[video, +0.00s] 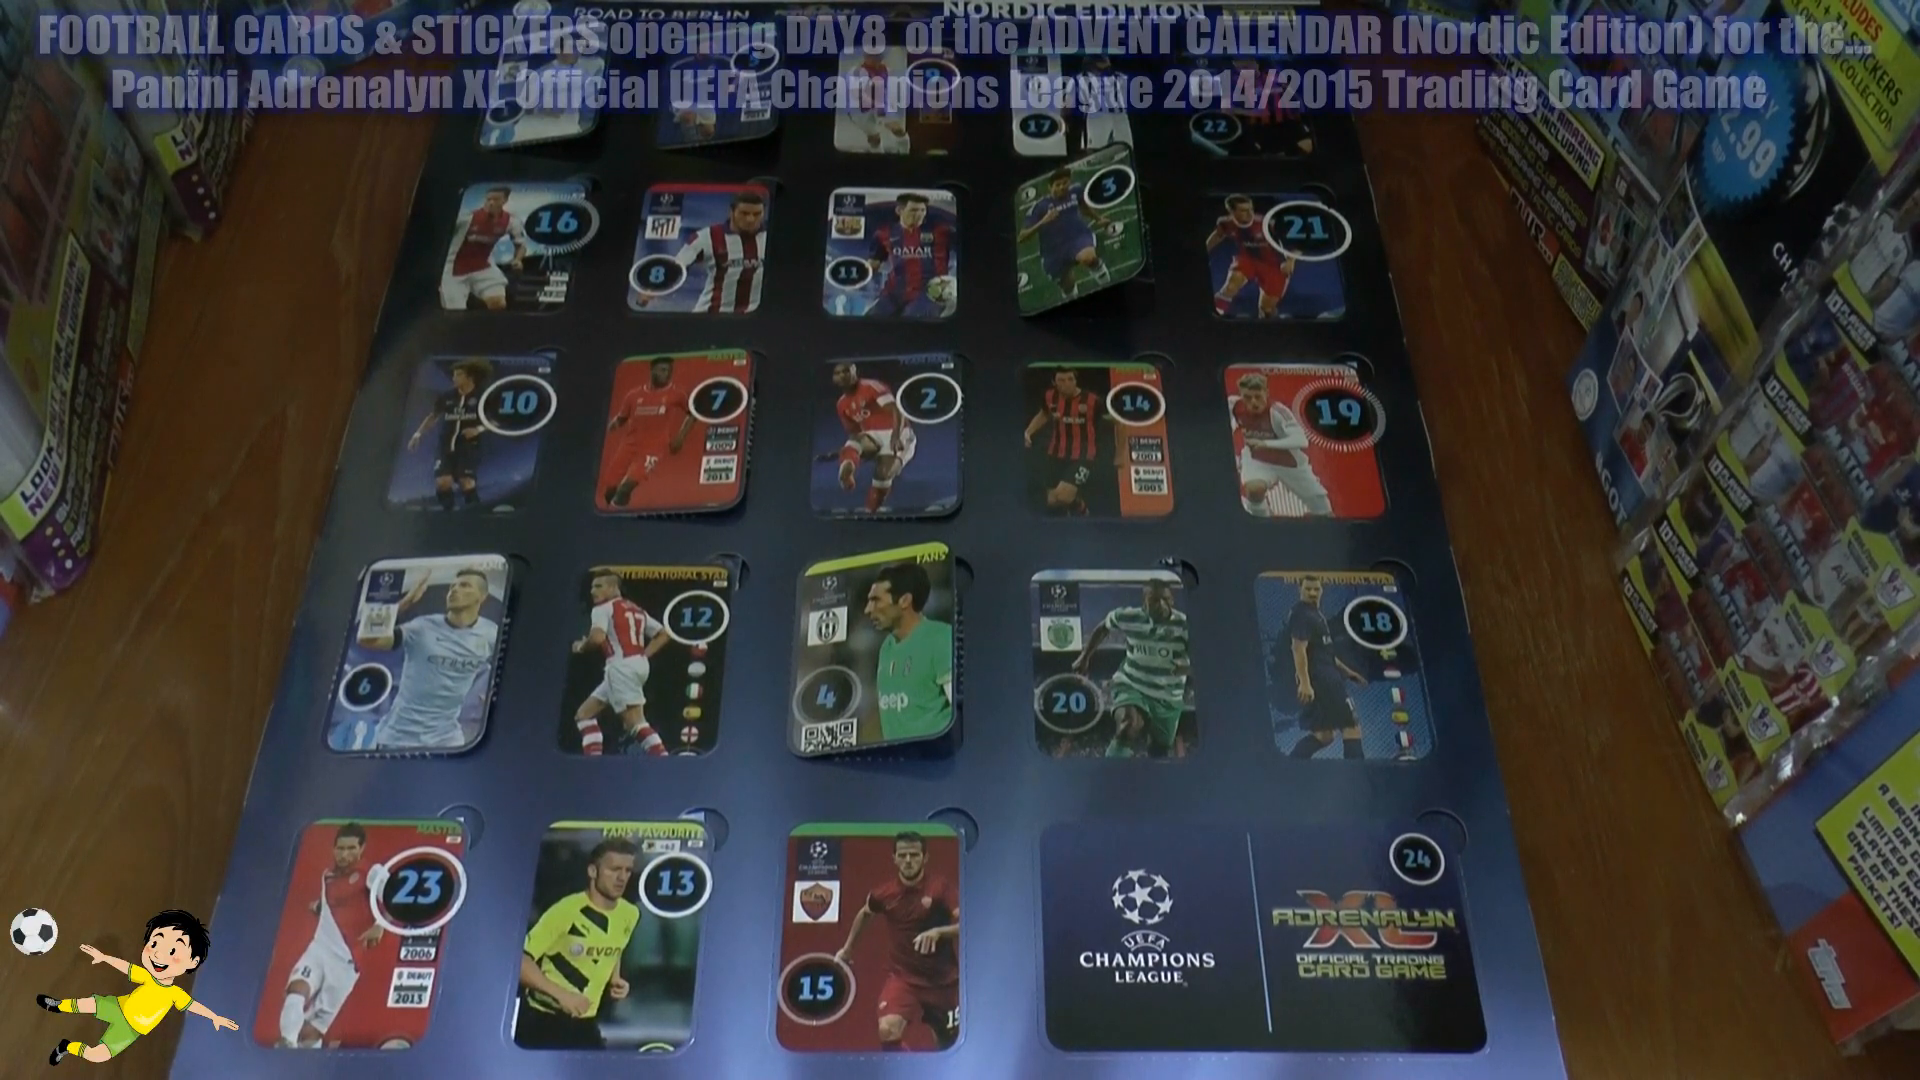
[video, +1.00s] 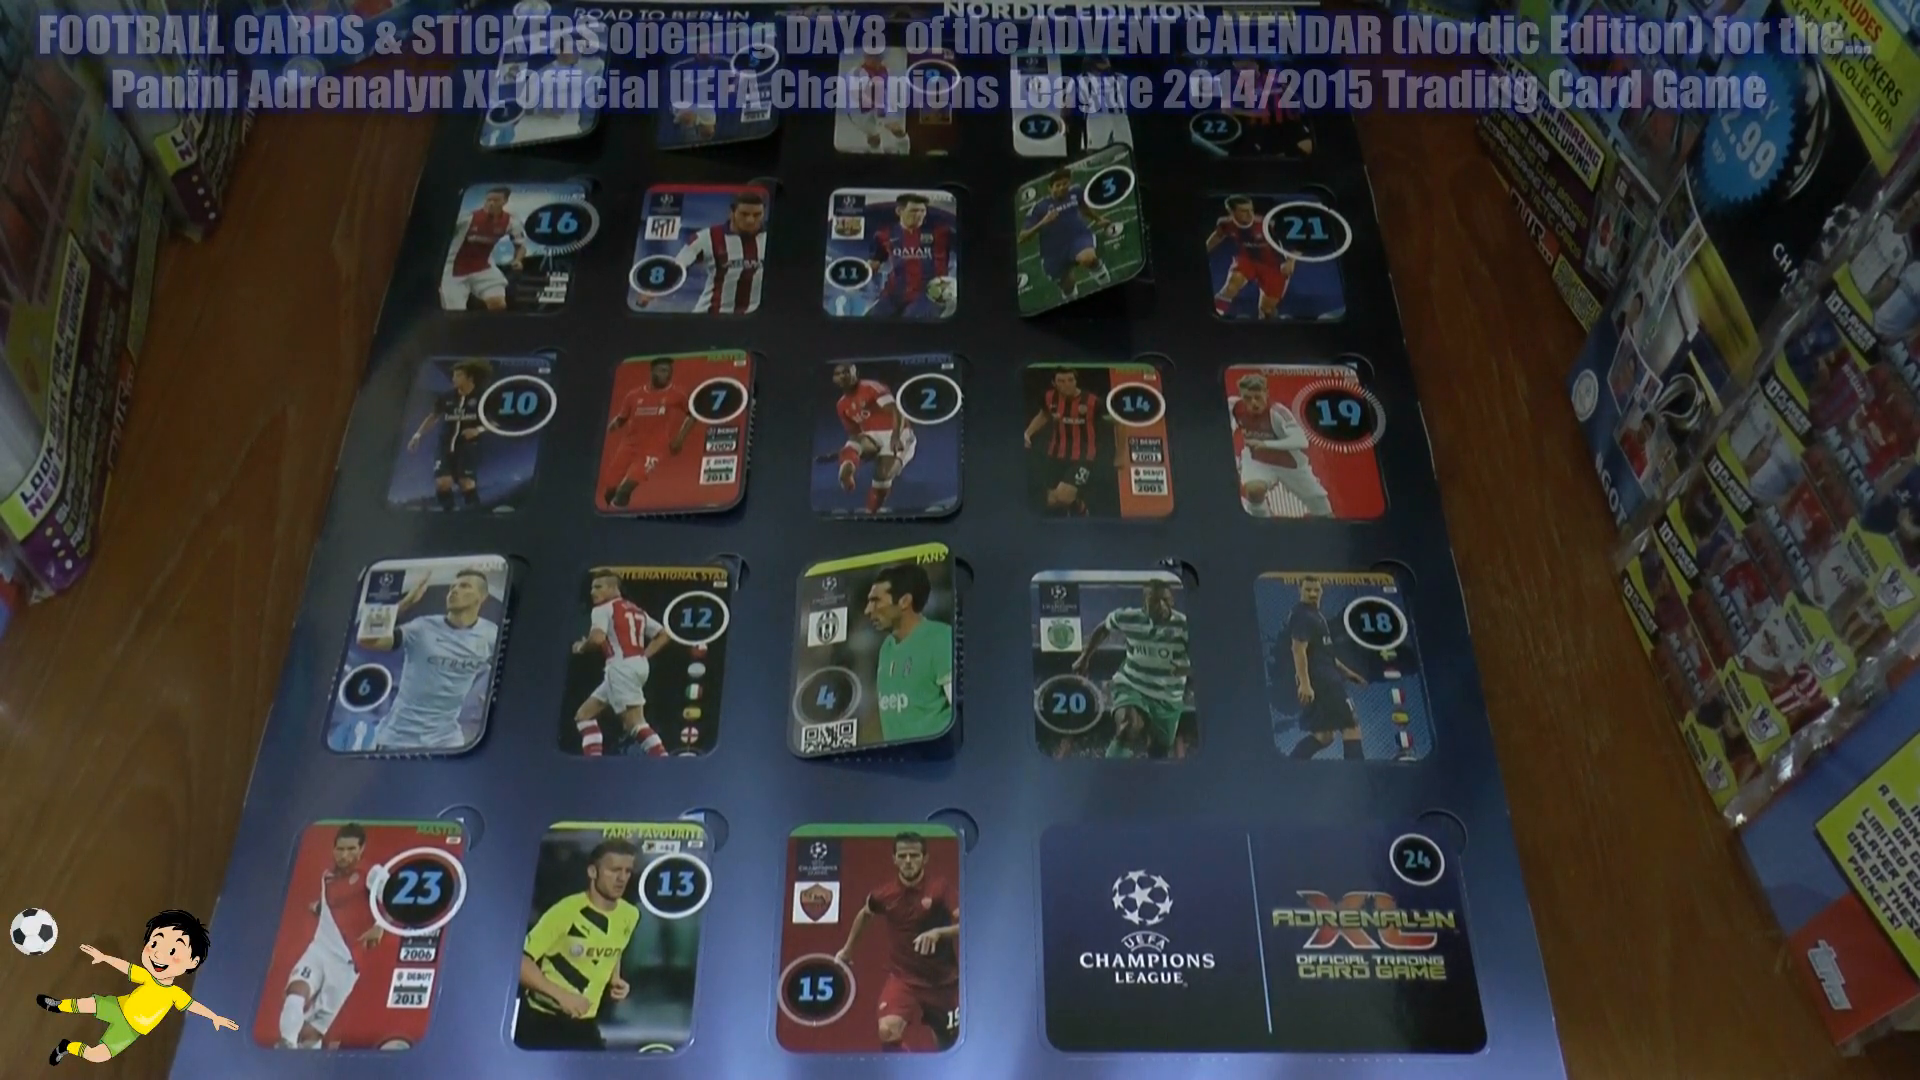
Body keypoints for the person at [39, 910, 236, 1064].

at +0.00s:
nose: (159, 955)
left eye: (172, 952)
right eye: (155, 943)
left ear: (189, 965)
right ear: (146, 946)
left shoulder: (176, 995)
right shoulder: (144, 976)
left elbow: (195, 1007)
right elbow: (124, 966)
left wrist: (214, 1017)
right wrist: (103, 958)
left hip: (131, 1030)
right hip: (119, 1008)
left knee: (99, 1055)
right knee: (88, 1003)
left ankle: (66, 1047)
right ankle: (57, 1006)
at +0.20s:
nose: (159, 955)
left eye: (172, 952)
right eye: (155, 944)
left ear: (189, 965)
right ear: (146, 946)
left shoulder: (176, 995)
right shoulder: (144, 976)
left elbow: (195, 1007)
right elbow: (124, 966)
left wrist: (214, 1017)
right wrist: (103, 958)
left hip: (131, 1030)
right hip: (119, 1008)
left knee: (99, 1055)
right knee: (88, 1003)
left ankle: (66, 1047)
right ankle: (57, 1006)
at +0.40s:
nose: (159, 955)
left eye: (172, 952)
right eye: (155, 944)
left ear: (189, 965)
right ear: (146, 946)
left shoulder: (176, 995)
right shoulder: (144, 976)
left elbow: (195, 1007)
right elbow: (124, 966)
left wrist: (214, 1017)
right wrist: (103, 958)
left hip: (131, 1030)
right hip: (119, 1008)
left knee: (99, 1055)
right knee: (88, 1003)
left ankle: (66, 1047)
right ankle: (57, 1006)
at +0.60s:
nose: (159, 955)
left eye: (172, 952)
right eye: (155, 944)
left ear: (189, 965)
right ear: (146, 946)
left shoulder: (176, 995)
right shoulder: (144, 976)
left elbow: (195, 1007)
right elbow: (124, 966)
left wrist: (214, 1017)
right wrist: (103, 958)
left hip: (131, 1030)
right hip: (119, 1008)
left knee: (99, 1055)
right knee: (88, 1003)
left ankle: (66, 1047)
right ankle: (57, 1006)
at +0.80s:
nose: (159, 956)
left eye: (172, 952)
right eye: (155, 944)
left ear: (189, 965)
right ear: (146, 945)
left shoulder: (176, 995)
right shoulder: (143, 976)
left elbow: (194, 1007)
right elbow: (124, 966)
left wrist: (214, 1017)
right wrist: (103, 958)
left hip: (131, 1030)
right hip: (119, 1008)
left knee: (99, 1055)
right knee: (89, 1003)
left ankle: (66, 1047)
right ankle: (57, 1006)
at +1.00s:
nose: (159, 955)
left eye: (172, 952)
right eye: (155, 944)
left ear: (189, 965)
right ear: (145, 946)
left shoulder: (176, 995)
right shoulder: (144, 976)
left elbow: (195, 1007)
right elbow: (124, 966)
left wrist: (215, 1017)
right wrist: (103, 958)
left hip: (131, 1030)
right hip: (118, 1008)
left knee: (99, 1055)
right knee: (89, 1003)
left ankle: (66, 1047)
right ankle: (57, 1006)